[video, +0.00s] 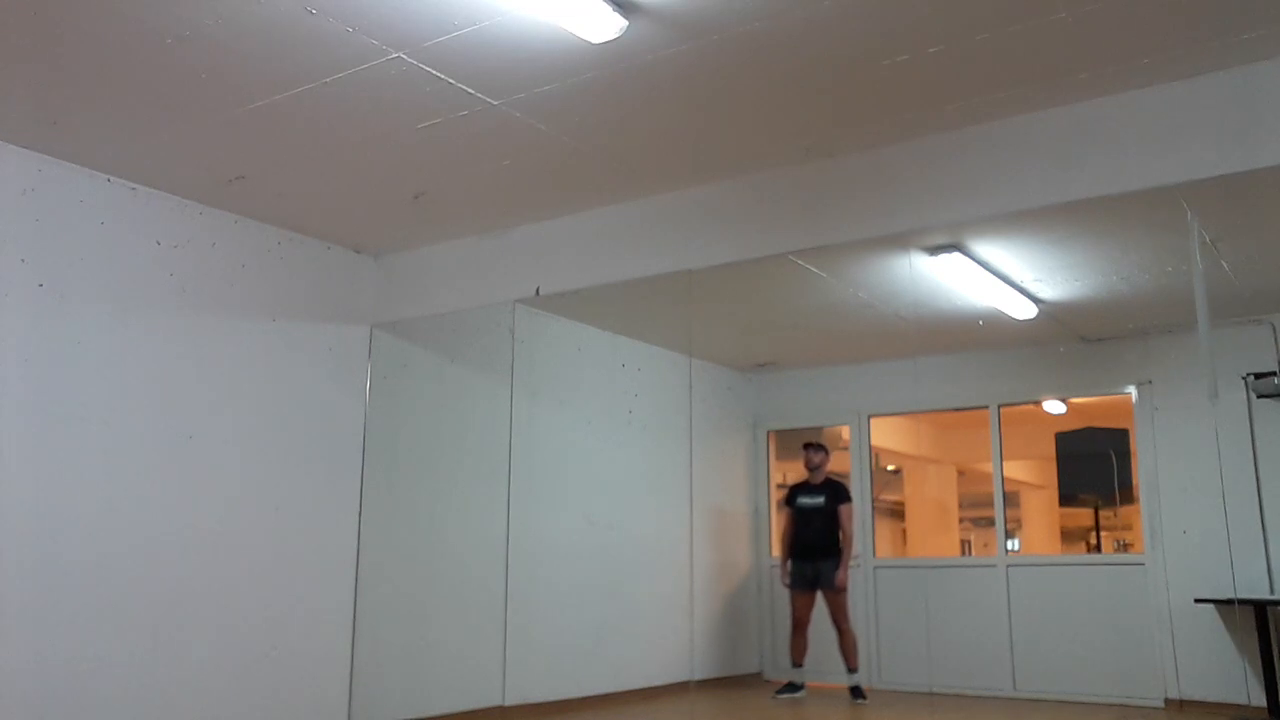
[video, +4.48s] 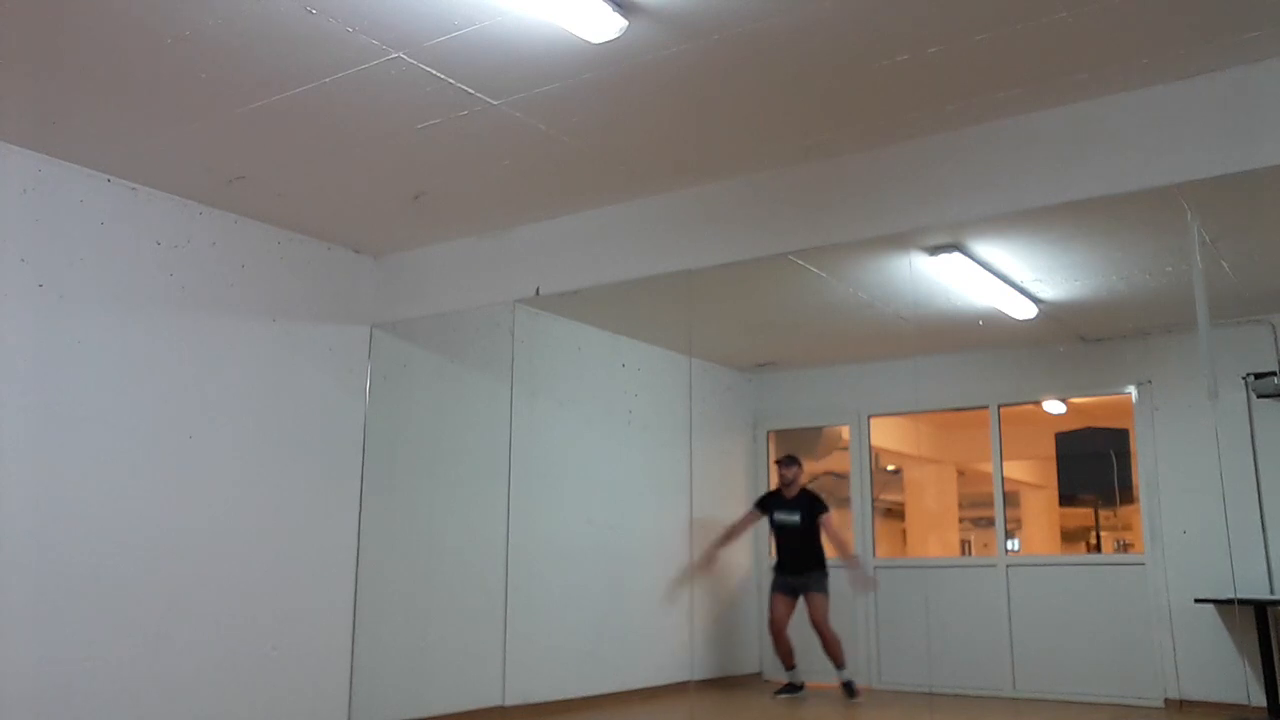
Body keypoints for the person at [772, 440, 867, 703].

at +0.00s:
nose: (812, 458)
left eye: (817, 454)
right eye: (808, 454)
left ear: (827, 459)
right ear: (804, 459)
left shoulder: (838, 490)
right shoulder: (795, 491)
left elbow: (847, 531)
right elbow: (788, 528)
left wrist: (844, 567)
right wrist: (784, 562)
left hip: (830, 563)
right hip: (801, 564)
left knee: (842, 623)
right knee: (799, 623)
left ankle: (854, 682)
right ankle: (796, 680)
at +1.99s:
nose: (808, 460)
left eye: (813, 455)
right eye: (805, 456)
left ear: (824, 458)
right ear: (801, 461)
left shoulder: (838, 490)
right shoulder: (795, 492)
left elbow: (846, 531)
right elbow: (788, 529)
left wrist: (843, 567)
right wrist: (785, 562)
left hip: (830, 563)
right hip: (801, 564)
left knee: (841, 623)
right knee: (799, 624)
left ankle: (854, 682)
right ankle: (796, 680)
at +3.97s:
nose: (809, 460)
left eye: (814, 455)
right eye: (806, 456)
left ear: (825, 458)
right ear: (802, 460)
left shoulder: (838, 489)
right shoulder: (796, 491)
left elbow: (846, 529)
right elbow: (788, 528)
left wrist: (838, 563)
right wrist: (785, 562)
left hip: (830, 563)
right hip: (801, 564)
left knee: (842, 624)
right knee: (799, 624)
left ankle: (854, 682)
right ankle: (796, 679)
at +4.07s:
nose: (809, 459)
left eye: (814, 454)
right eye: (805, 455)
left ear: (824, 458)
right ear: (802, 460)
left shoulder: (837, 488)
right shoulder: (795, 491)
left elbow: (840, 527)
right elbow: (788, 528)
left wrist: (816, 553)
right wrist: (785, 562)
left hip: (830, 561)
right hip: (802, 562)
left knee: (842, 623)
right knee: (799, 623)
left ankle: (855, 683)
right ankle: (796, 679)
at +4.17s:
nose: (808, 459)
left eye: (813, 454)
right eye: (805, 455)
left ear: (824, 458)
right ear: (801, 460)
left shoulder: (835, 487)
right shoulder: (794, 491)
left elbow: (827, 520)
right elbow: (787, 528)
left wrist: (788, 529)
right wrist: (782, 562)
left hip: (829, 563)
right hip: (801, 564)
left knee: (841, 624)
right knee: (795, 622)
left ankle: (854, 683)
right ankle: (796, 679)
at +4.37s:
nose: (795, 465)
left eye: (800, 460)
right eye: (791, 460)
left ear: (811, 463)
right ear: (788, 465)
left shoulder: (820, 493)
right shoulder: (783, 493)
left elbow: (811, 532)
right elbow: (766, 526)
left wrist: (789, 556)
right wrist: (751, 558)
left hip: (818, 566)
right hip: (791, 566)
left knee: (829, 624)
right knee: (781, 623)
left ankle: (853, 682)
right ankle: (795, 680)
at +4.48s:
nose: (783, 473)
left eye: (787, 469)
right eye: (780, 470)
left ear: (799, 470)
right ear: (777, 472)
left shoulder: (812, 500)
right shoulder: (770, 500)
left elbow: (833, 534)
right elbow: (741, 525)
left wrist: (853, 564)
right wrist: (714, 549)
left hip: (813, 571)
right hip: (785, 571)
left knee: (820, 623)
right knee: (776, 625)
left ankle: (845, 678)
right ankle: (794, 681)